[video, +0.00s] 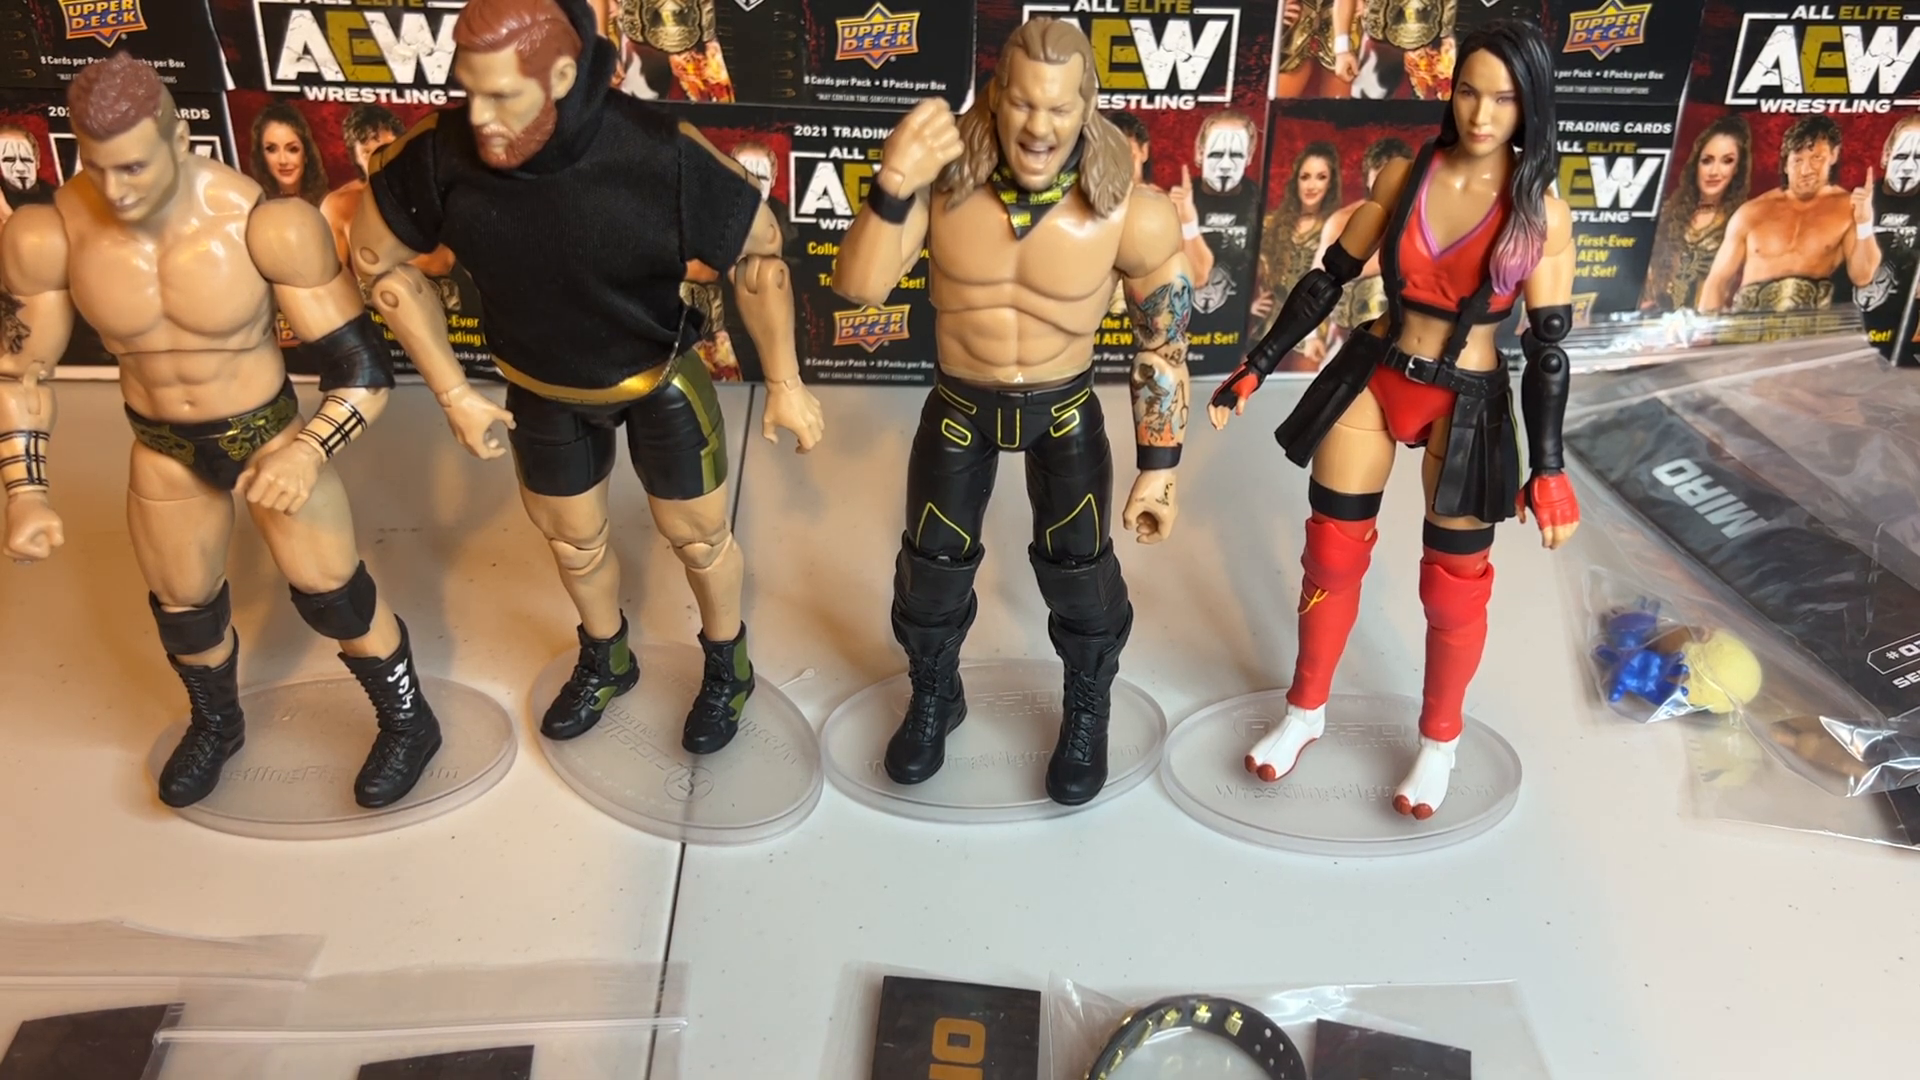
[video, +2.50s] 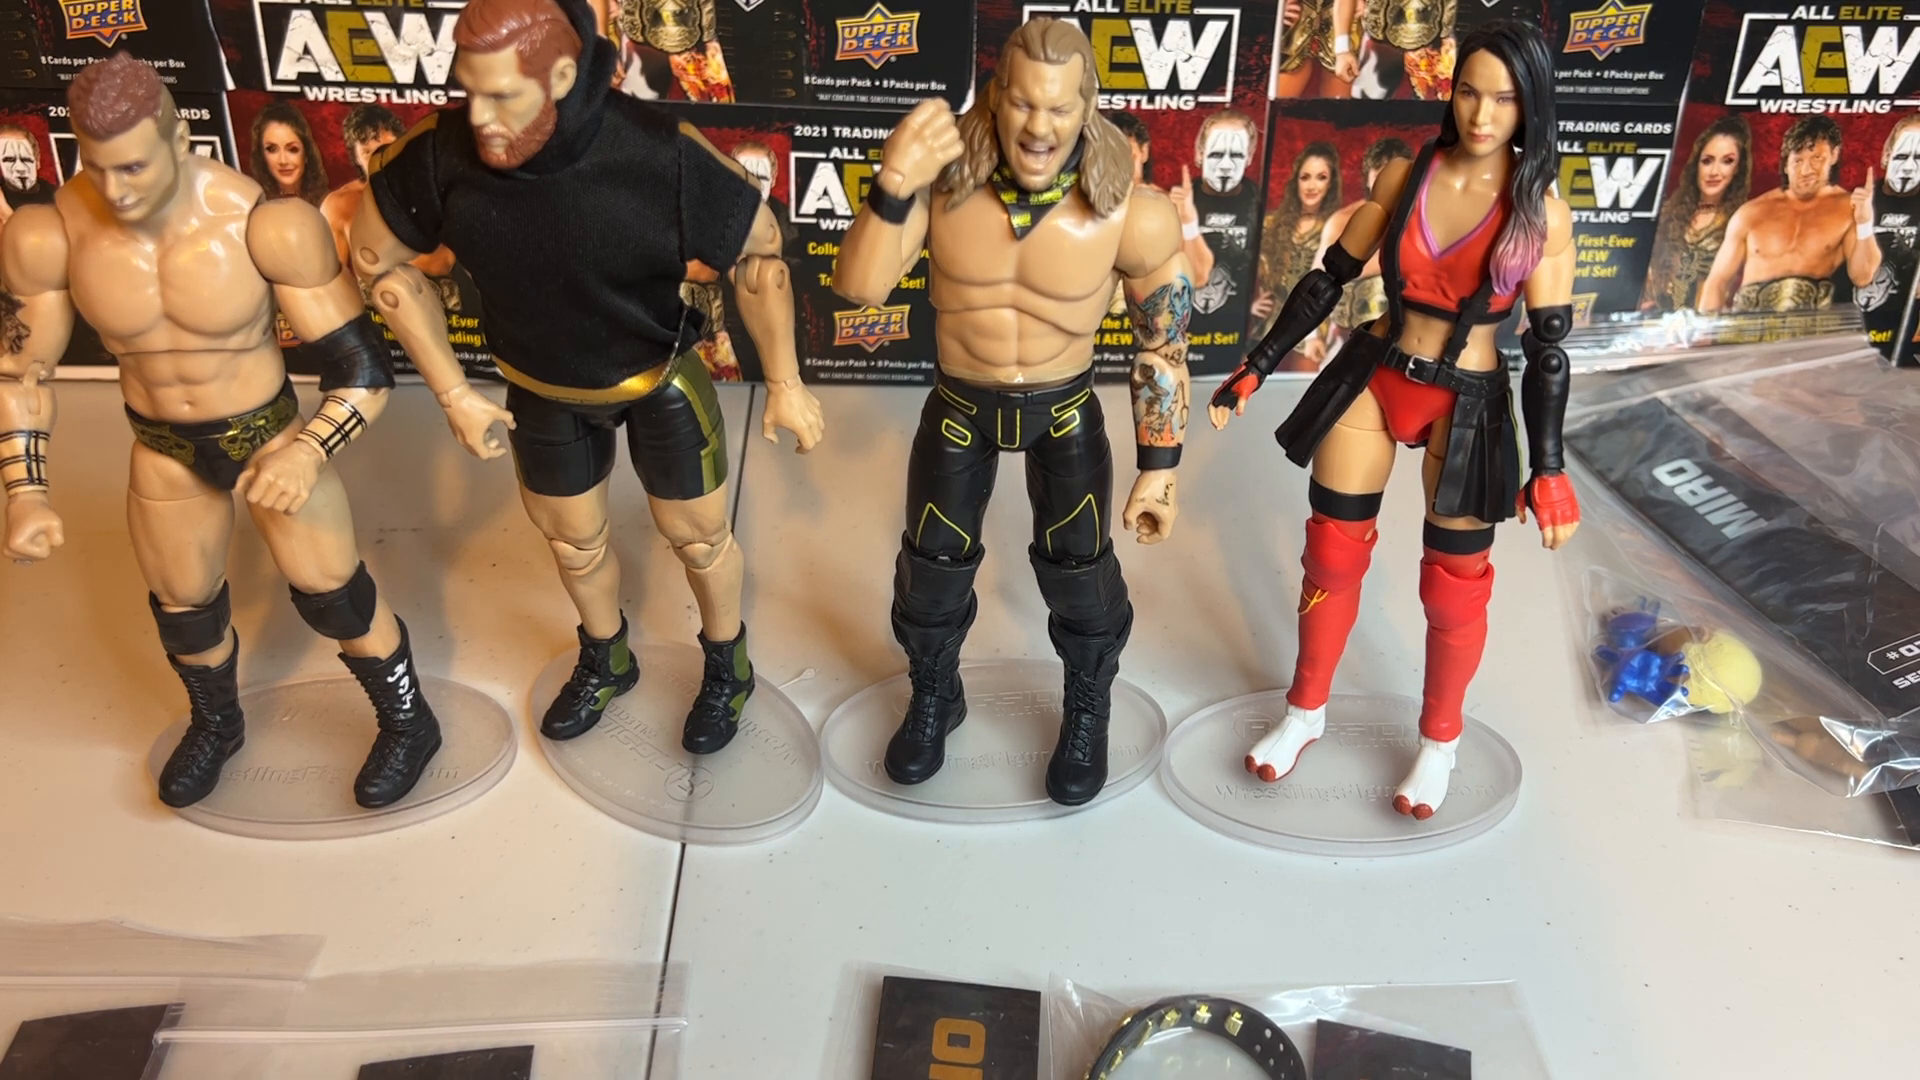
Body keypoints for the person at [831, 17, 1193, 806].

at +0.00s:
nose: (1040, 127)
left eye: (1060, 109)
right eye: (1024, 104)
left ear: (1086, 107)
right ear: (995, 95)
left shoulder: (1129, 207)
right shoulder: (943, 176)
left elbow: (1163, 337)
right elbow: (857, 287)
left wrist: (1161, 463)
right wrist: (892, 190)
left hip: (1064, 408)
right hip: (959, 403)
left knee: (1078, 568)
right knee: (932, 562)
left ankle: (1086, 714)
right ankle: (932, 699)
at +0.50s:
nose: (1039, 127)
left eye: (1059, 109)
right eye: (1024, 104)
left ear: (1086, 106)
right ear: (995, 95)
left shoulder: (1129, 207)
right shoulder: (943, 175)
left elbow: (1162, 337)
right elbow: (858, 286)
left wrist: (1161, 464)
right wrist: (892, 188)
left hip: (1064, 408)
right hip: (958, 403)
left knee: (1078, 568)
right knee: (932, 562)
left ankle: (1086, 712)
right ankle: (932, 698)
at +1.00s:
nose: (1039, 127)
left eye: (1060, 109)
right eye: (1024, 104)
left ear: (1086, 107)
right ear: (995, 95)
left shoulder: (1129, 207)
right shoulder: (944, 176)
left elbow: (1163, 338)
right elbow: (857, 287)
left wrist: (1161, 464)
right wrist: (892, 190)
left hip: (1064, 408)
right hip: (959, 403)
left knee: (1078, 568)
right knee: (932, 562)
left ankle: (1086, 714)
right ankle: (932, 699)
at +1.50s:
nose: (1039, 127)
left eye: (1060, 109)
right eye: (1024, 104)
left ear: (1086, 107)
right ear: (995, 95)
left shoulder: (1129, 207)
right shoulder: (943, 177)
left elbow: (1162, 337)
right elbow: (858, 287)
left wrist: (1161, 463)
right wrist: (892, 189)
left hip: (1064, 407)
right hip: (959, 402)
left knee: (1078, 568)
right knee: (932, 562)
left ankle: (1086, 713)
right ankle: (932, 699)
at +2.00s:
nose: (1039, 127)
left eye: (1060, 109)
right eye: (1024, 104)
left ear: (1086, 106)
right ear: (995, 95)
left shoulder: (1129, 207)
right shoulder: (943, 176)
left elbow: (1163, 338)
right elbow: (858, 288)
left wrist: (1161, 464)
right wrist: (892, 190)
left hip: (1064, 408)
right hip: (959, 403)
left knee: (1078, 568)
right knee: (932, 562)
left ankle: (1086, 713)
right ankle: (932, 699)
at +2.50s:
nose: (1040, 127)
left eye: (1060, 109)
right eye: (1024, 104)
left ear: (1086, 106)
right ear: (995, 95)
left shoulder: (1129, 207)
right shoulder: (944, 176)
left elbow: (1163, 338)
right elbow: (858, 287)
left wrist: (1161, 464)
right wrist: (892, 189)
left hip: (1064, 408)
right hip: (959, 403)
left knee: (1078, 569)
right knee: (932, 563)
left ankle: (1086, 713)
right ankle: (932, 699)